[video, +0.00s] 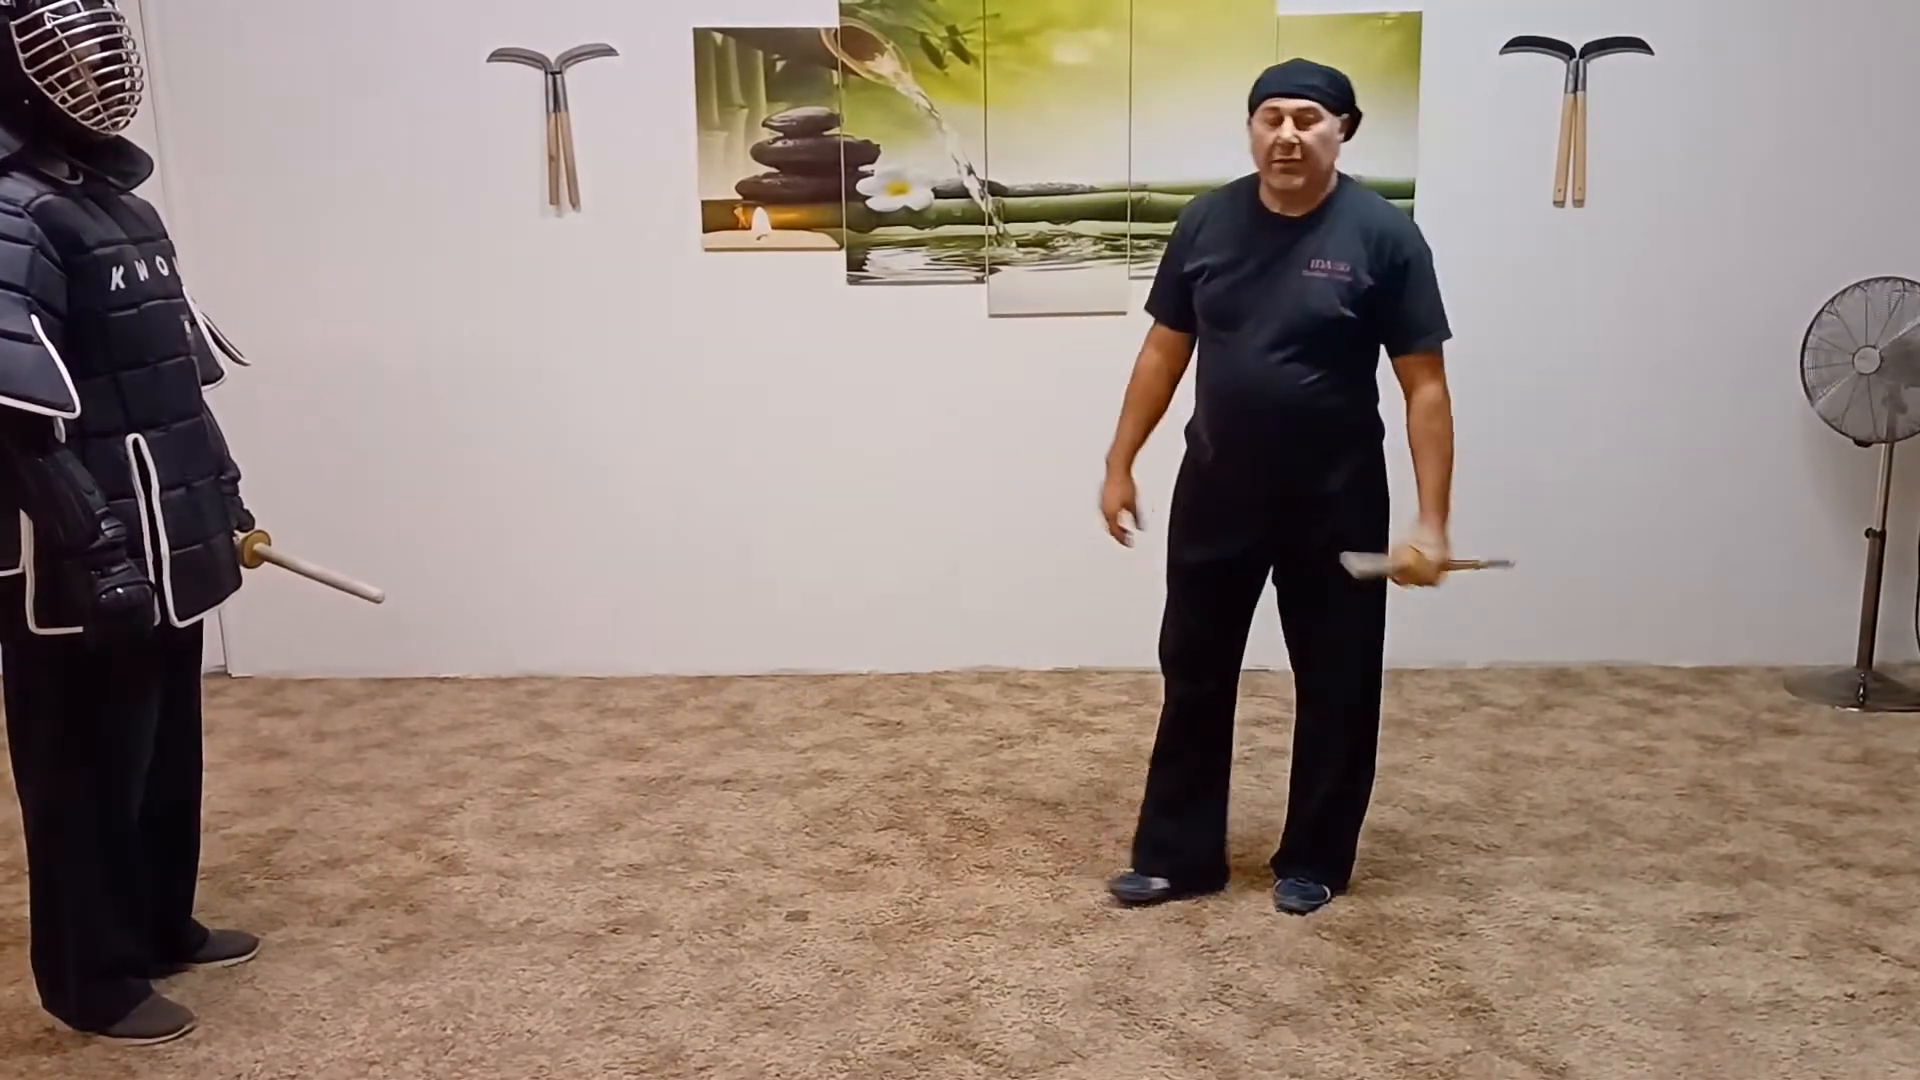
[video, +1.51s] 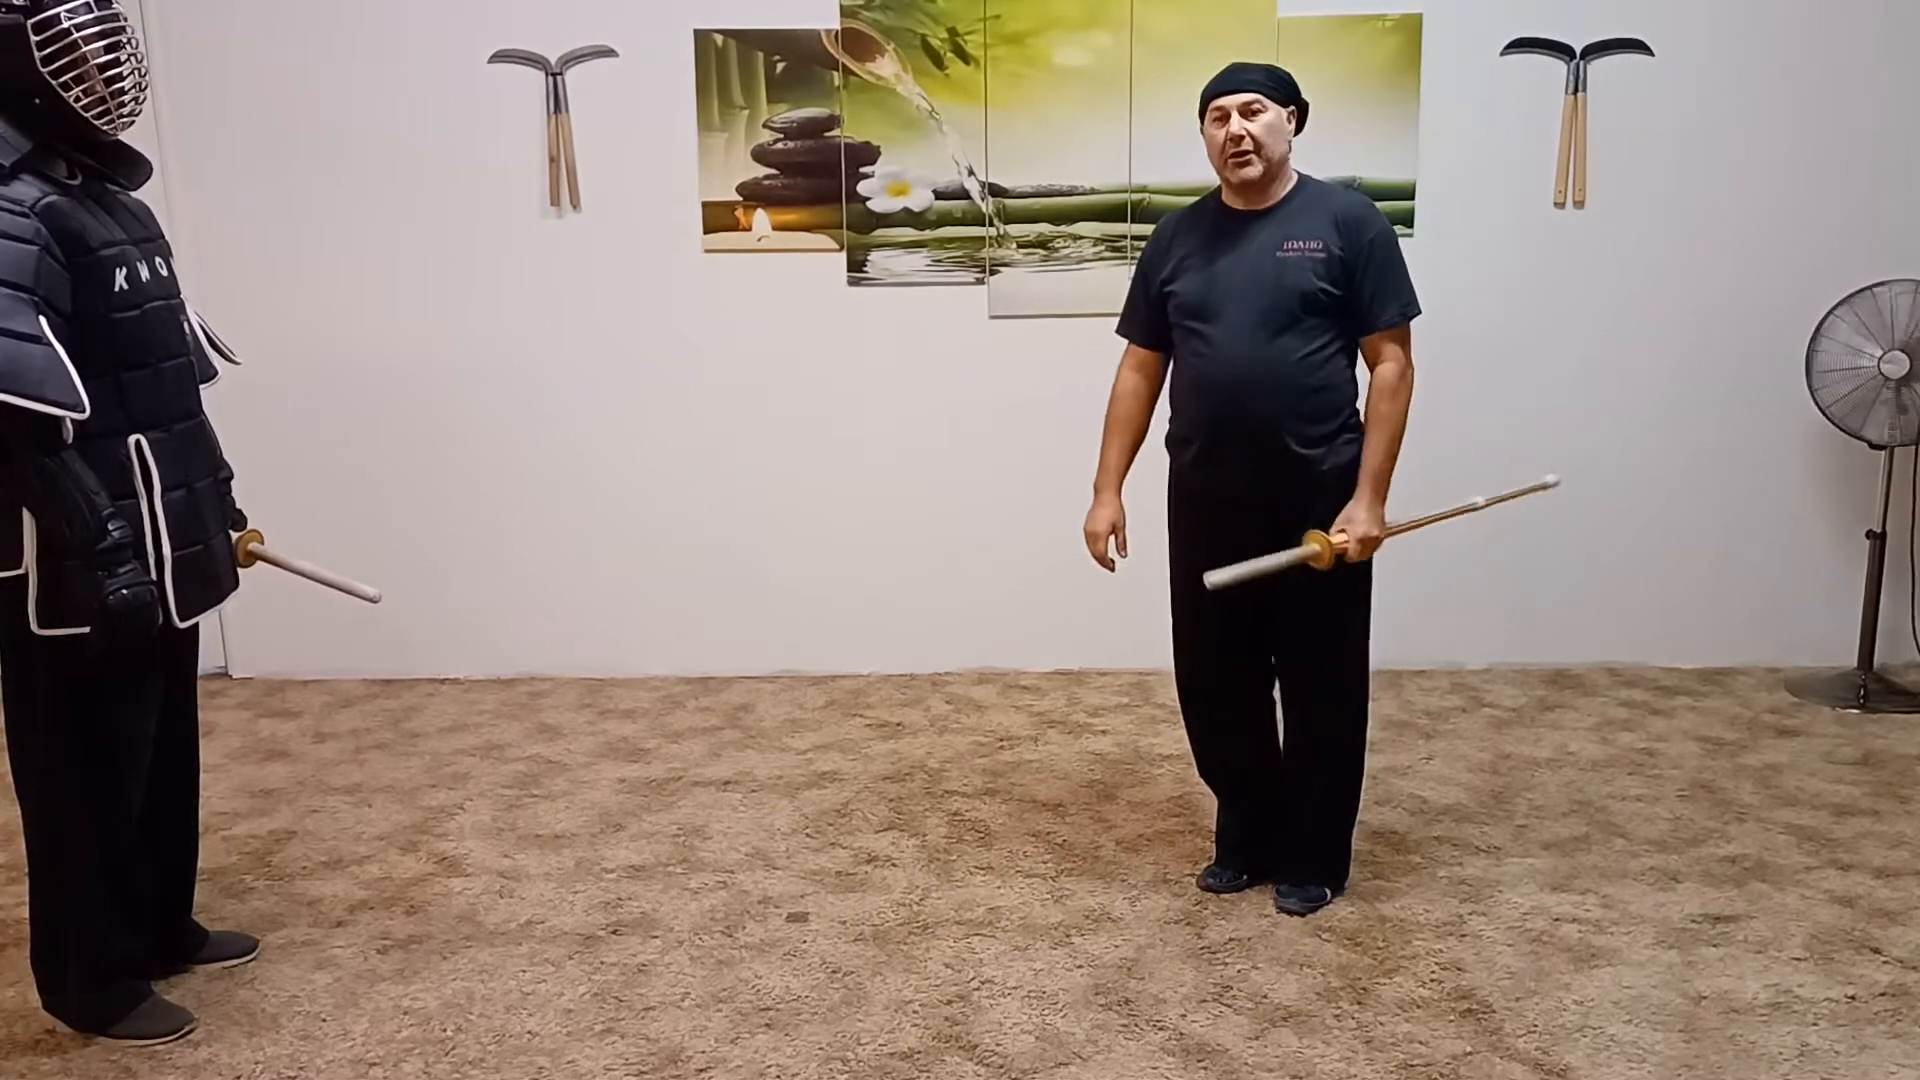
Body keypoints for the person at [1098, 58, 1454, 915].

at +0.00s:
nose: (1287, 136)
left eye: (1307, 120)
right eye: (1271, 119)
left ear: (1342, 134)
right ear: (1249, 132)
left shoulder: (1384, 238)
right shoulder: (1207, 223)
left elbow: (1424, 385)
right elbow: (1165, 346)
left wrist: (1430, 518)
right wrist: (1119, 460)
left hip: (1335, 498)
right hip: (1218, 487)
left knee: (1337, 689)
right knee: (1192, 678)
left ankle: (1313, 863)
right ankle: (1178, 858)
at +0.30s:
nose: (1308, 140)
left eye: (1330, 125)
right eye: (1295, 122)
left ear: (1366, 139)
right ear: (1275, 130)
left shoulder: (1398, 246)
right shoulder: (1225, 209)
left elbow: (1426, 388)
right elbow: (1154, 320)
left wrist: (1422, 525)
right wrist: (1079, 415)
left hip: (1337, 500)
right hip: (1225, 489)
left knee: (1338, 687)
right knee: (1218, 677)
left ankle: (1318, 859)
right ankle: (1236, 844)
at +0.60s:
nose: (1278, 127)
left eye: (1297, 113)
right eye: (1262, 113)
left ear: (1331, 126)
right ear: (1241, 129)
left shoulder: (1376, 235)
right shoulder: (1197, 222)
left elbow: (1397, 381)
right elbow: (1123, 327)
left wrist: (1361, 506)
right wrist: (1086, 446)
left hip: (1329, 492)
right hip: (1219, 487)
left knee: (1331, 684)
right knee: (1224, 674)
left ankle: (1319, 857)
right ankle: (1246, 843)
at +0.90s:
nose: (1240, 125)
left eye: (1257, 111)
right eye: (1223, 115)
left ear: (1292, 123)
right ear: (1204, 137)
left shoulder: (1344, 218)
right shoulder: (1173, 236)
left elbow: (1388, 361)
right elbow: (1150, 371)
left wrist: (1382, 493)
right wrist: (1131, 496)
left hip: (1325, 495)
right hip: (1213, 498)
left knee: (1328, 683)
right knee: (1217, 680)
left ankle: (1318, 858)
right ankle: (1245, 843)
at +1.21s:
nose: (1231, 126)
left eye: (1247, 110)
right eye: (1213, 118)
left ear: (1284, 122)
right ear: (1196, 142)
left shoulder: (1340, 214)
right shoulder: (1167, 242)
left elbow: (1390, 356)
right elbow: (1140, 375)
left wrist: (1369, 480)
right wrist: (1128, 497)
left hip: (1322, 495)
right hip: (1209, 500)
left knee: (1331, 687)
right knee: (1218, 687)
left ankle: (1321, 860)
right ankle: (1245, 846)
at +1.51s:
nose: (1236, 126)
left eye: (1254, 110)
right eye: (1219, 116)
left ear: (1294, 126)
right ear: (1205, 139)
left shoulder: (1348, 222)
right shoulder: (1176, 237)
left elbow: (1391, 366)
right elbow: (1139, 368)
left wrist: (1370, 496)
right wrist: (1106, 488)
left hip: (1319, 491)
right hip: (1206, 494)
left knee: (1323, 683)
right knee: (1214, 679)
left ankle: (1317, 857)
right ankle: (1246, 838)